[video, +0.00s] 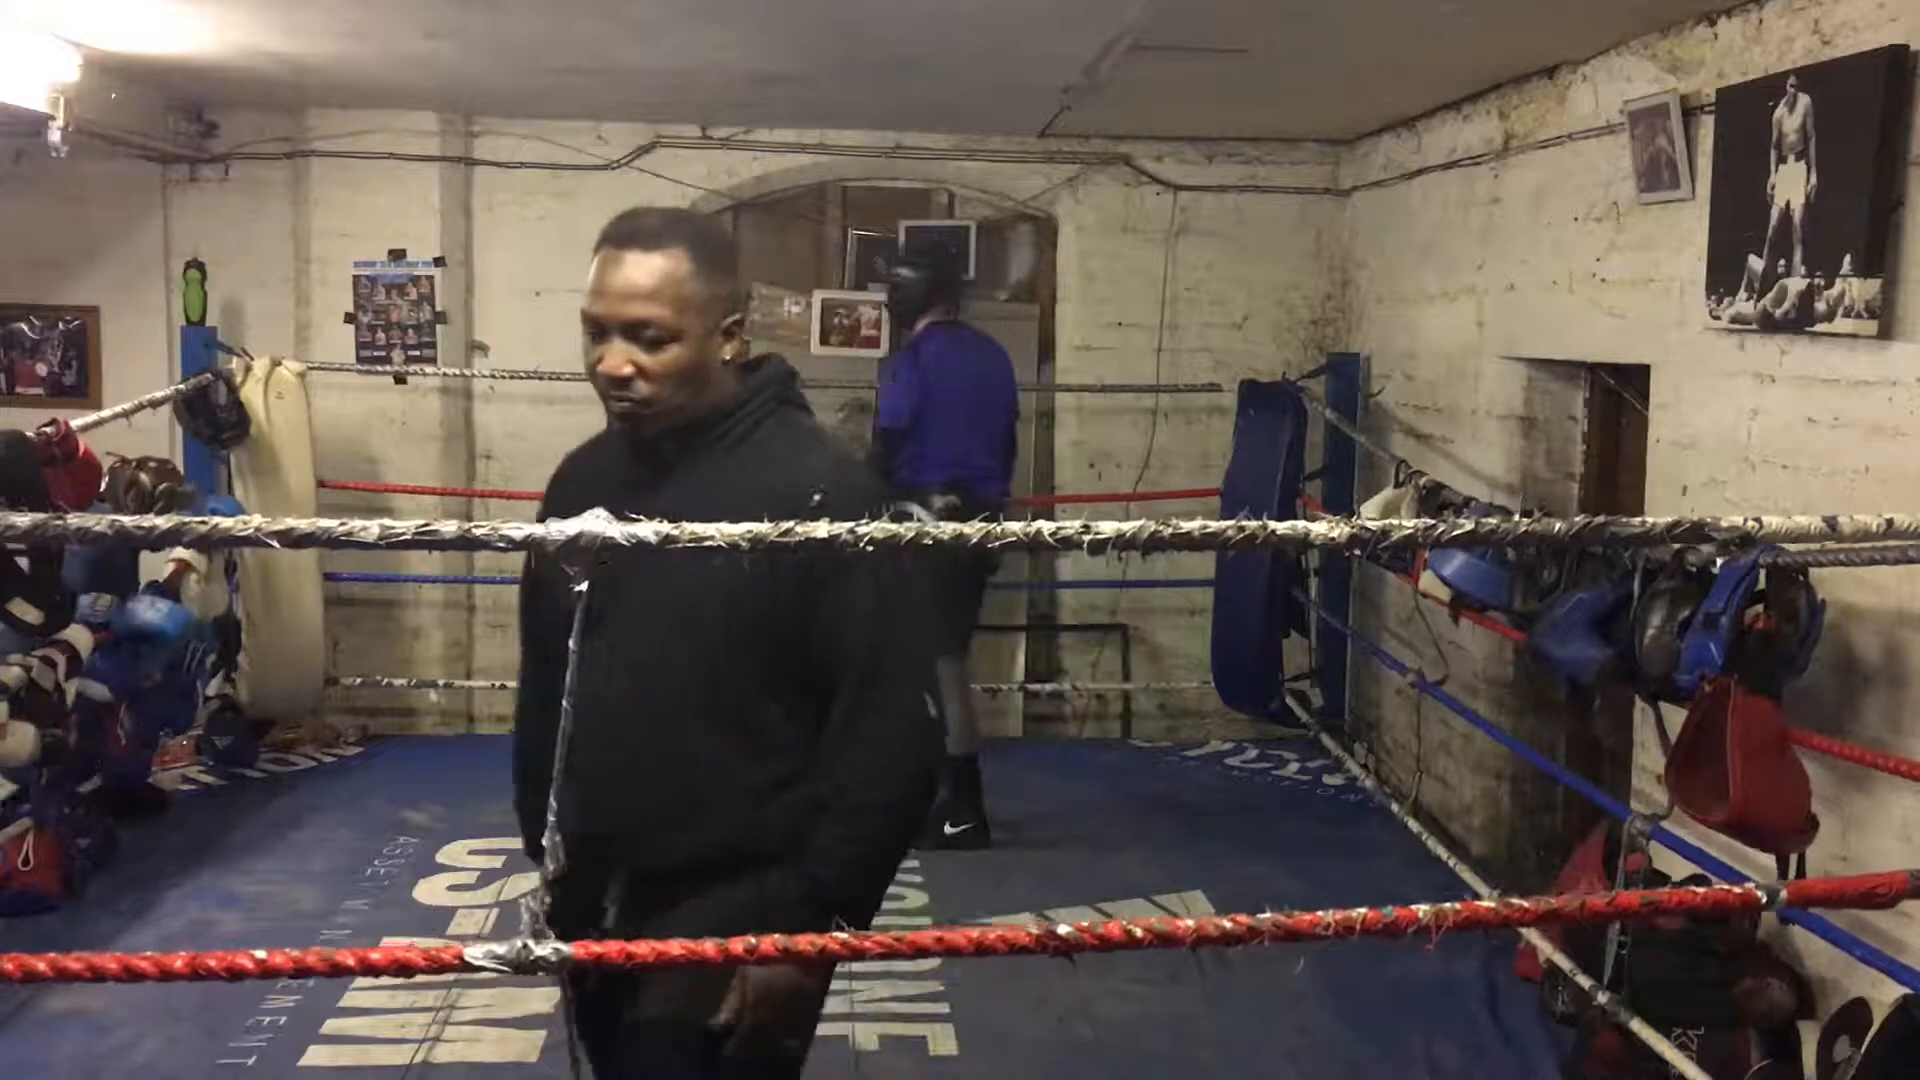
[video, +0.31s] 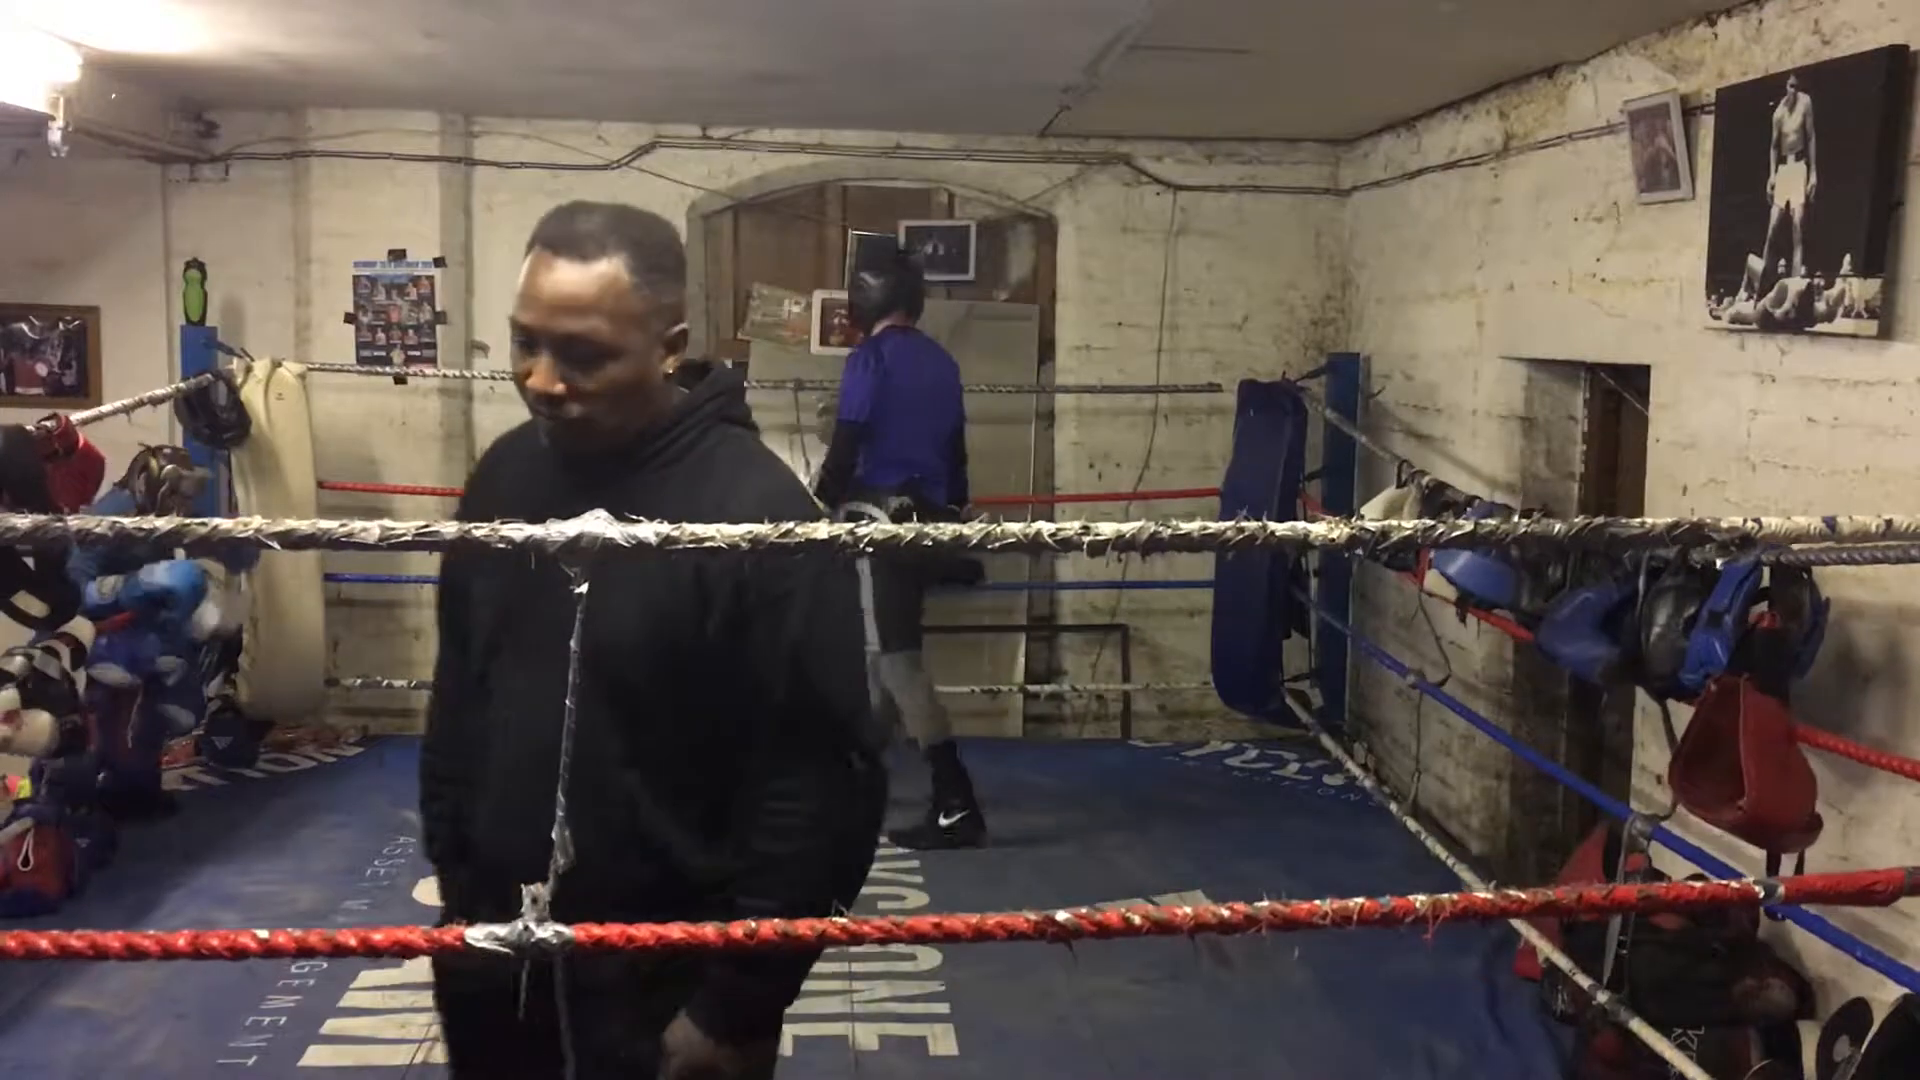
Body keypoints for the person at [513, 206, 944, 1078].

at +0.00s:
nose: (614, 366)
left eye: (649, 338)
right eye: (598, 334)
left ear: (732, 336)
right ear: (583, 325)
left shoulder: (830, 497)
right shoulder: (583, 482)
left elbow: (893, 749)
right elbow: (543, 685)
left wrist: (806, 933)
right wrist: (546, 846)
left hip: (746, 916)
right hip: (596, 897)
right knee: (616, 1058)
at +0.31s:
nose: (542, 382)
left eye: (584, 356)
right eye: (527, 345)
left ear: (671, 347)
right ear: (511, 326)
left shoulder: (766, 517)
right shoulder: (506, 476)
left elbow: (830, 783)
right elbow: (458, 686)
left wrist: (737, 1010)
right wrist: (456, 870)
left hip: (670, 968)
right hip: (496, 946)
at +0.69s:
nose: (509, 378)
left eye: (554, 350)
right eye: (496, 337)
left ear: (649, 346)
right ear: (482, 314)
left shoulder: (742, 523)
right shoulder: (433, 461)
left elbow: (802, 791)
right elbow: (354, 684)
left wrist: (694, 1016)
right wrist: (360, 882)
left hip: (626, 992)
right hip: (412, 975)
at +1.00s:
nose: (412, 375)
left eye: (461, 346)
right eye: (398, 333)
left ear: (557, 339)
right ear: (384, 312)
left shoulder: (668, 516)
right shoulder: (319, 477)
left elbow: (748, 774)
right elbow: (239, 715)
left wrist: (679, 998)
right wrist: (263, 936)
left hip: (564, 1007)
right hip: (331, 991)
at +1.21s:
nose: (294, 368)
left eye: (339, 339)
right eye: (280, 327)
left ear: (443, 333)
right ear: (262, 312)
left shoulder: (564, 507)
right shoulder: (198, 502)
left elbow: (652, 764)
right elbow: (132, 751)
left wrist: (601, 985)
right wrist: (181, 962)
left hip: (477, 1002)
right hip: (245, 998)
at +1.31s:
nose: (223, 368)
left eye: (267, 335)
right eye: (209, 327)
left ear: (379, 325)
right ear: (194, 308)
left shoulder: (506, 498)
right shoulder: (146, 502)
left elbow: (615, 754)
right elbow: (71, 766)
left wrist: (557, 970)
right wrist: (129, 969)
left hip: (441, 1010)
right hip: (203, 1009)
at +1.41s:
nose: (152, 363)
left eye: (197, 330)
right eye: (137, 327)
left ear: (308, 316)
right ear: (120, 315)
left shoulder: (447, 481)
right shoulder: (88, 498)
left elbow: (570, 732)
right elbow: (27, 760)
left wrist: (519, 957)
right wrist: (87, 964)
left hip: (394, 985)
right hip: (164, 988)